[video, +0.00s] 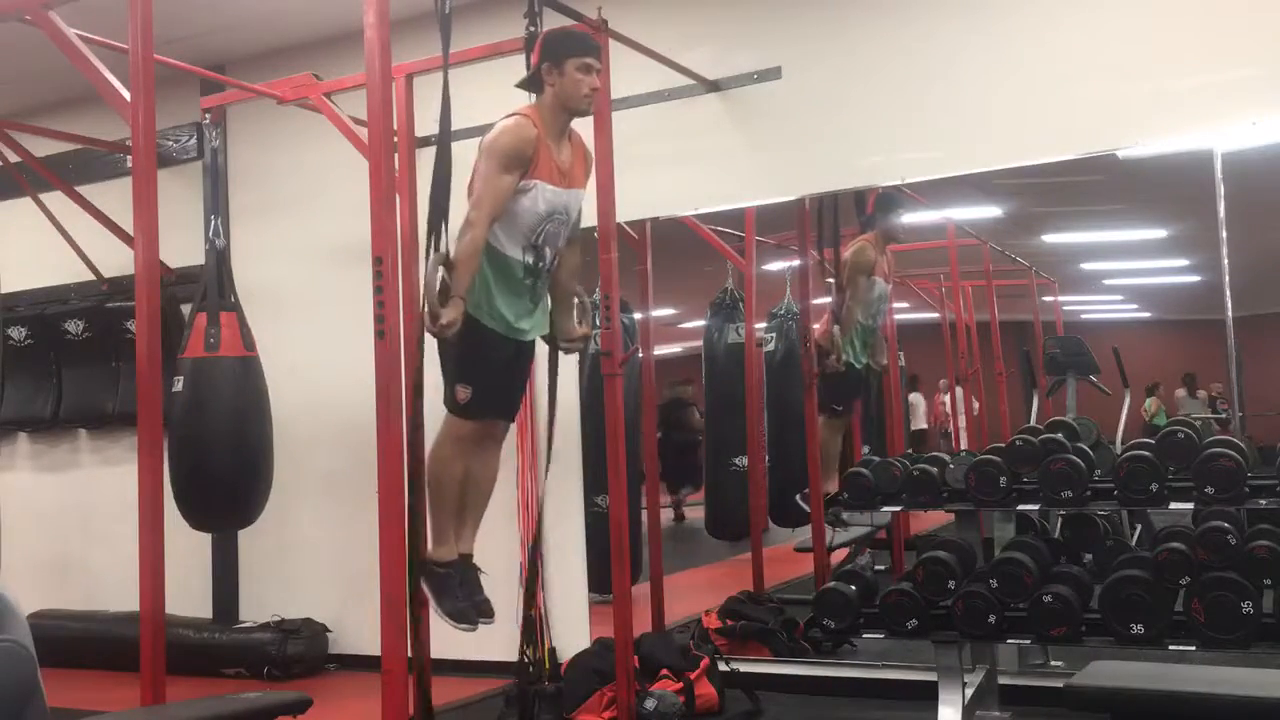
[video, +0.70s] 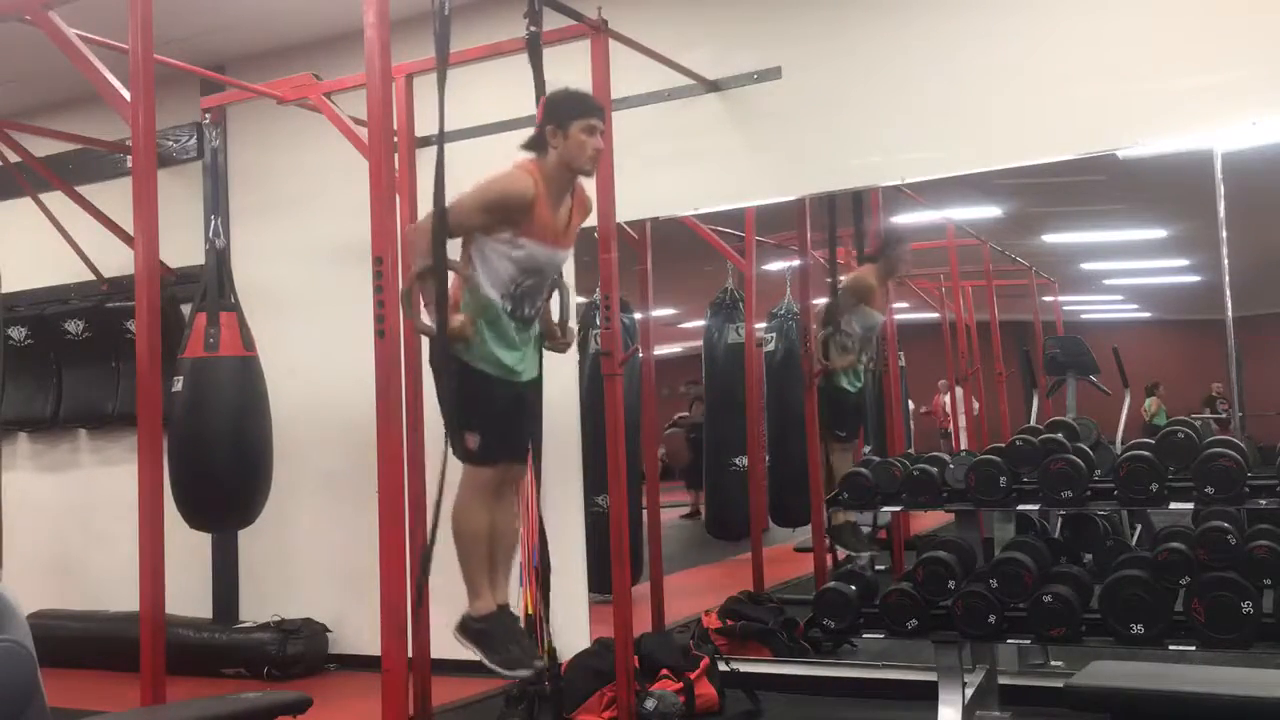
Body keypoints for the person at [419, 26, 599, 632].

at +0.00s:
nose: (596, 82)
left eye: (598, 72)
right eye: (584, 70)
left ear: (590, 82)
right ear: (548, 74)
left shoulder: (578, 151)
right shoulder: (516, 133)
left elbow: (565, 242)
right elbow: (476, 221)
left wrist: (566, 318)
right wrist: (456, 299)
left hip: (524, 314)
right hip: (480, 306)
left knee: (491, 433)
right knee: (462, 427)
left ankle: (462, 554)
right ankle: (439, 555)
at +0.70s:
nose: (598, 144)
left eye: (600, 135)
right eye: (587, 133)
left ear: (591, 143)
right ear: (552, 135)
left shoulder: (576, 201)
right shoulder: (515, 189)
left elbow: (539, 270)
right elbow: (419, 233)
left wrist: (552, 321)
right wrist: (438, 314)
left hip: (521, 345)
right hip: (474, 340)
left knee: (511, 472)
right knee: (483, 472)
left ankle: (499, 608)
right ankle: (478, 612)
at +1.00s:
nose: (611, 230)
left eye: (612, 219)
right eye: (600, 220)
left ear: (597, 225)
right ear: (563, 221)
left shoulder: (582, 274)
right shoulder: (519, 257)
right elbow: (429, 233)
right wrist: (421, 309)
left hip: (511, 402)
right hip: (461, 399)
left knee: (528, 531)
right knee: (497, 531)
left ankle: (533, 666)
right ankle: (509, 674)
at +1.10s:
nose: (613, 247)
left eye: (615, 236)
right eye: (602, 235)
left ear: (602, 242)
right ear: (565, 236)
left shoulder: (582, 290)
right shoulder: (518, 267)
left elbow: (534, 335)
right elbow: (435, 233)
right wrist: (415, 303)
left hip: (510, 416)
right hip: (459, 412)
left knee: (532, 540)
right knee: (500, 540)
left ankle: (539, 677)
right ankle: (515, 684)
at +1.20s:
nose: (609, 247)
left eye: (611, 236)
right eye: (599, 235)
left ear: (598, 243)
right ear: (561, 237)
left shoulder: (581, 293)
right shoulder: (515, 269)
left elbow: (550, 333)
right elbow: (433, 236)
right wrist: (416, 302)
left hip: (510, 420)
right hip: (459, 416)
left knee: (538, 540)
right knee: (507, 542)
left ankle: (543, 676)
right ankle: (519, 685)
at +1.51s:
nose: (561, 236)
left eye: (563, 227)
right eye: (550, 225)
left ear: (557, 234)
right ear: (514, 229)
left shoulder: (551, 285)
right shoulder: (483, 270)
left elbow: (570, 338)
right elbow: (412, 291)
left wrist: (571, 334)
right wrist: (453, 316)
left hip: (502, 431)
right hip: (451, 432)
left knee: (573, 525)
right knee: (544, 528)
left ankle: (606, 661)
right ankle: (590, 667)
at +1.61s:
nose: (538, 254)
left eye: (539, 244)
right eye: (526, 243)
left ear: (536, 252)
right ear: (491, 249)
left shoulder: (527, 302)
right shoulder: (452, 286)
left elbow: (542, 341)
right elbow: (381, 333)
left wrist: (562, 335)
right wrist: (431, 321)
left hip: (506, 454)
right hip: (453, 457)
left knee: (586, 532)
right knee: (560, 538)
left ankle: (642, 663)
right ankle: (630, 673)